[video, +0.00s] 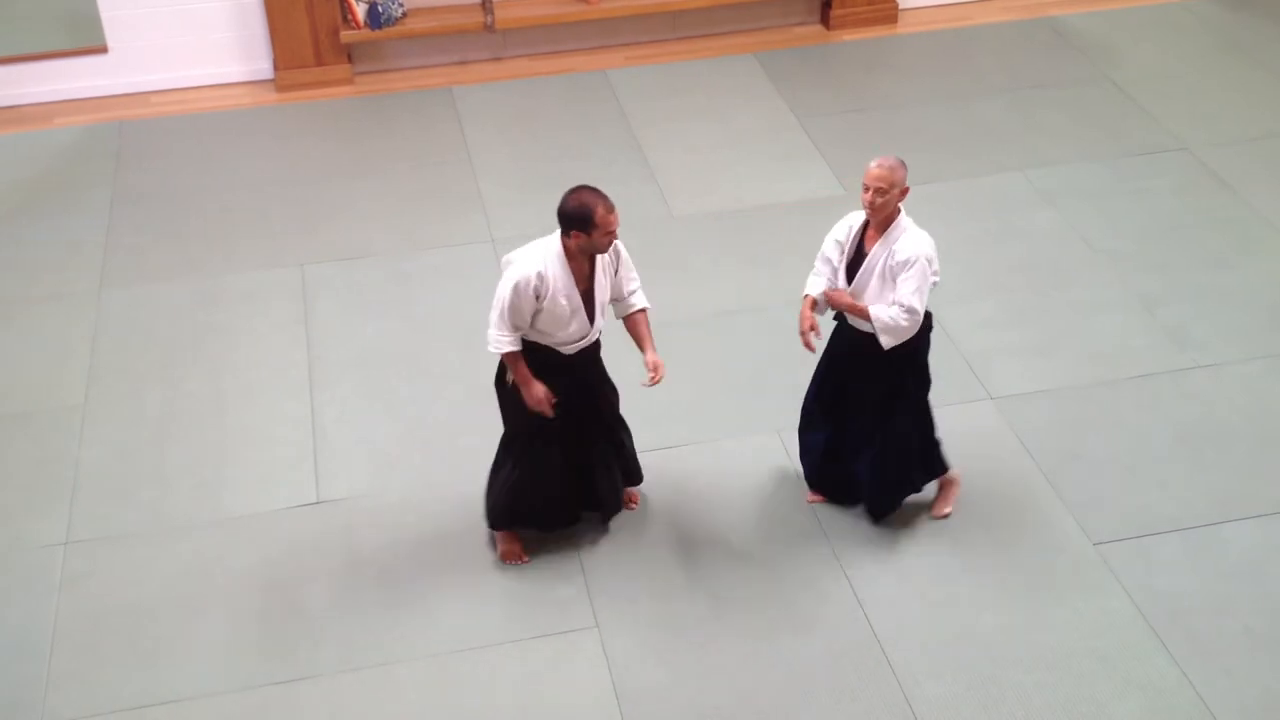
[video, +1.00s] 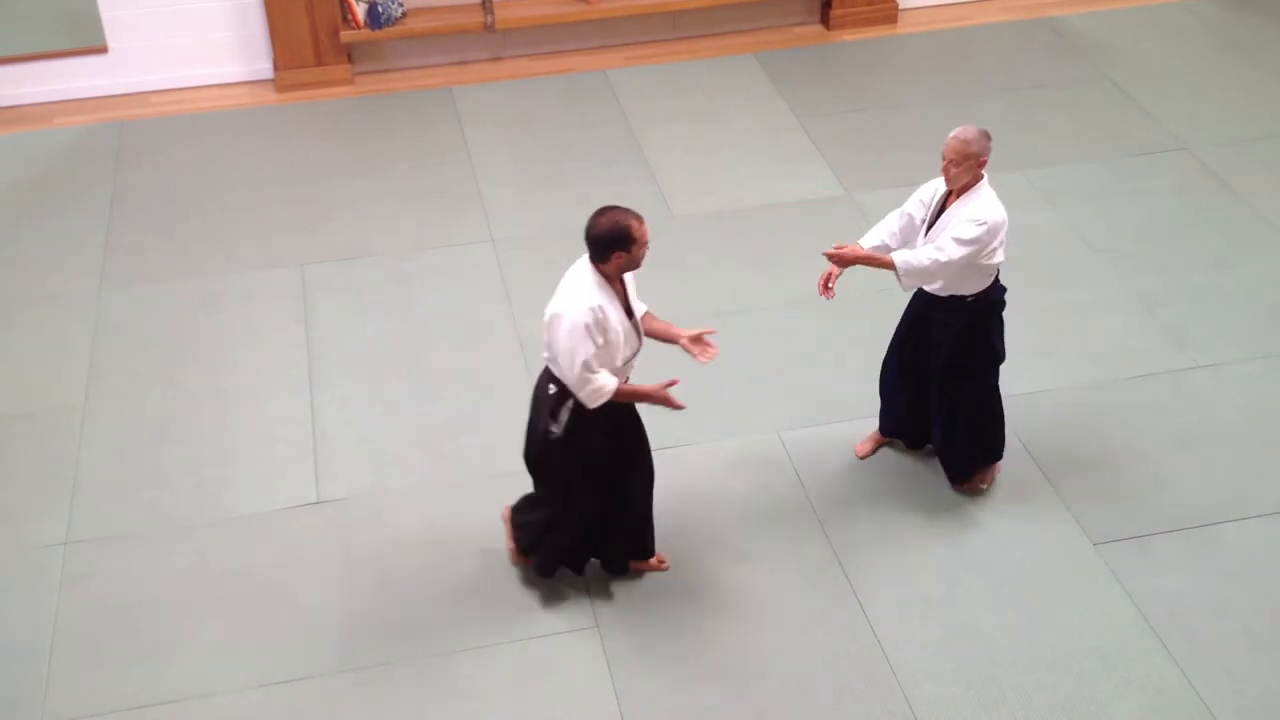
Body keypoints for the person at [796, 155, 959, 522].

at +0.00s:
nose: (869, 198)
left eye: (879, 192)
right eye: (865, 189)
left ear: (902, 194)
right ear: (860, 186)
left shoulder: (915, 248)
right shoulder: (851, 224)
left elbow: (905, 319)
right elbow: (824, 266)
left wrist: (853, 307)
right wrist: (807, 308)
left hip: (897, 341)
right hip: (851, 333)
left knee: (905, 416)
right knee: (823, 406)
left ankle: (945, 479)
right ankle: (831, 480)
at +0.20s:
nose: (910, 194)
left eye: (920, 188)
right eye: (908, 184)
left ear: (944, 191)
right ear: (903, 181)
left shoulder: (957, 246)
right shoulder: (897, 220)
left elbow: (935, 310)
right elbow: (868, 257)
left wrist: (881, 299)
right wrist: (839, 294)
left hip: (938, 339)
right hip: (891, 329)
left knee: (955, 401)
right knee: (859, 401)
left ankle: (985, 456)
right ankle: (852, 480)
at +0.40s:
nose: (947, 187)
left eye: (956, 183)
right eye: (947, 179)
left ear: (984, 185)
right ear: (945, 174)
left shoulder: (996, 236)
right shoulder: (940, 207)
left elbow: (962, 294)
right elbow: (904, 246)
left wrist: (897, 286)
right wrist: (863, 279)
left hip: (973, 332)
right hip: (929, 321)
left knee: (971, 403)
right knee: (893, 392)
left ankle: (988, 461)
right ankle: (866, 467)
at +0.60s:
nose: (969, 179)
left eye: (978, 174)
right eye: (968, 170)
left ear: (1006, 177)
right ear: (968, 165)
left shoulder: (1014, 228)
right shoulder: (965, 197)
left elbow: (966, 277)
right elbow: (923, 230)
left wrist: (900, 270)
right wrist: (872, 264)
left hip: (986, 323)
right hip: (944, 311)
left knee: (978, 397)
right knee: (907, 376)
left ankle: (987, 463)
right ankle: (891, 443)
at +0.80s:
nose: (967, 172)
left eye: (977, 167)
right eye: (966, 163)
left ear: (1004, 169)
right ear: (966, 159)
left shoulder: (1009, 220)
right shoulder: (960, 193)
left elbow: (957, 265)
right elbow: (917, 227)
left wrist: (888, 260)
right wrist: (862, 257)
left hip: (987, 317)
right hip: (945, 304)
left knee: (979, 392)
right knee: (909, 368)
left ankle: (985, 461)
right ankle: (891, 427)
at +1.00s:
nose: (945, 169)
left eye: (954, 164)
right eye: (943, 160)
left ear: (981, 166)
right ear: (942, 155)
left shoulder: (986, 215)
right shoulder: (937, 190)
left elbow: (931, 261)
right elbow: (895, 226)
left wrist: (862, 258)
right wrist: (845, 263)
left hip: (972, 310)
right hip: (930, 300)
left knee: (970, 387)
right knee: (902, 366)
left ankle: (982, 460)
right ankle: (892, 428)